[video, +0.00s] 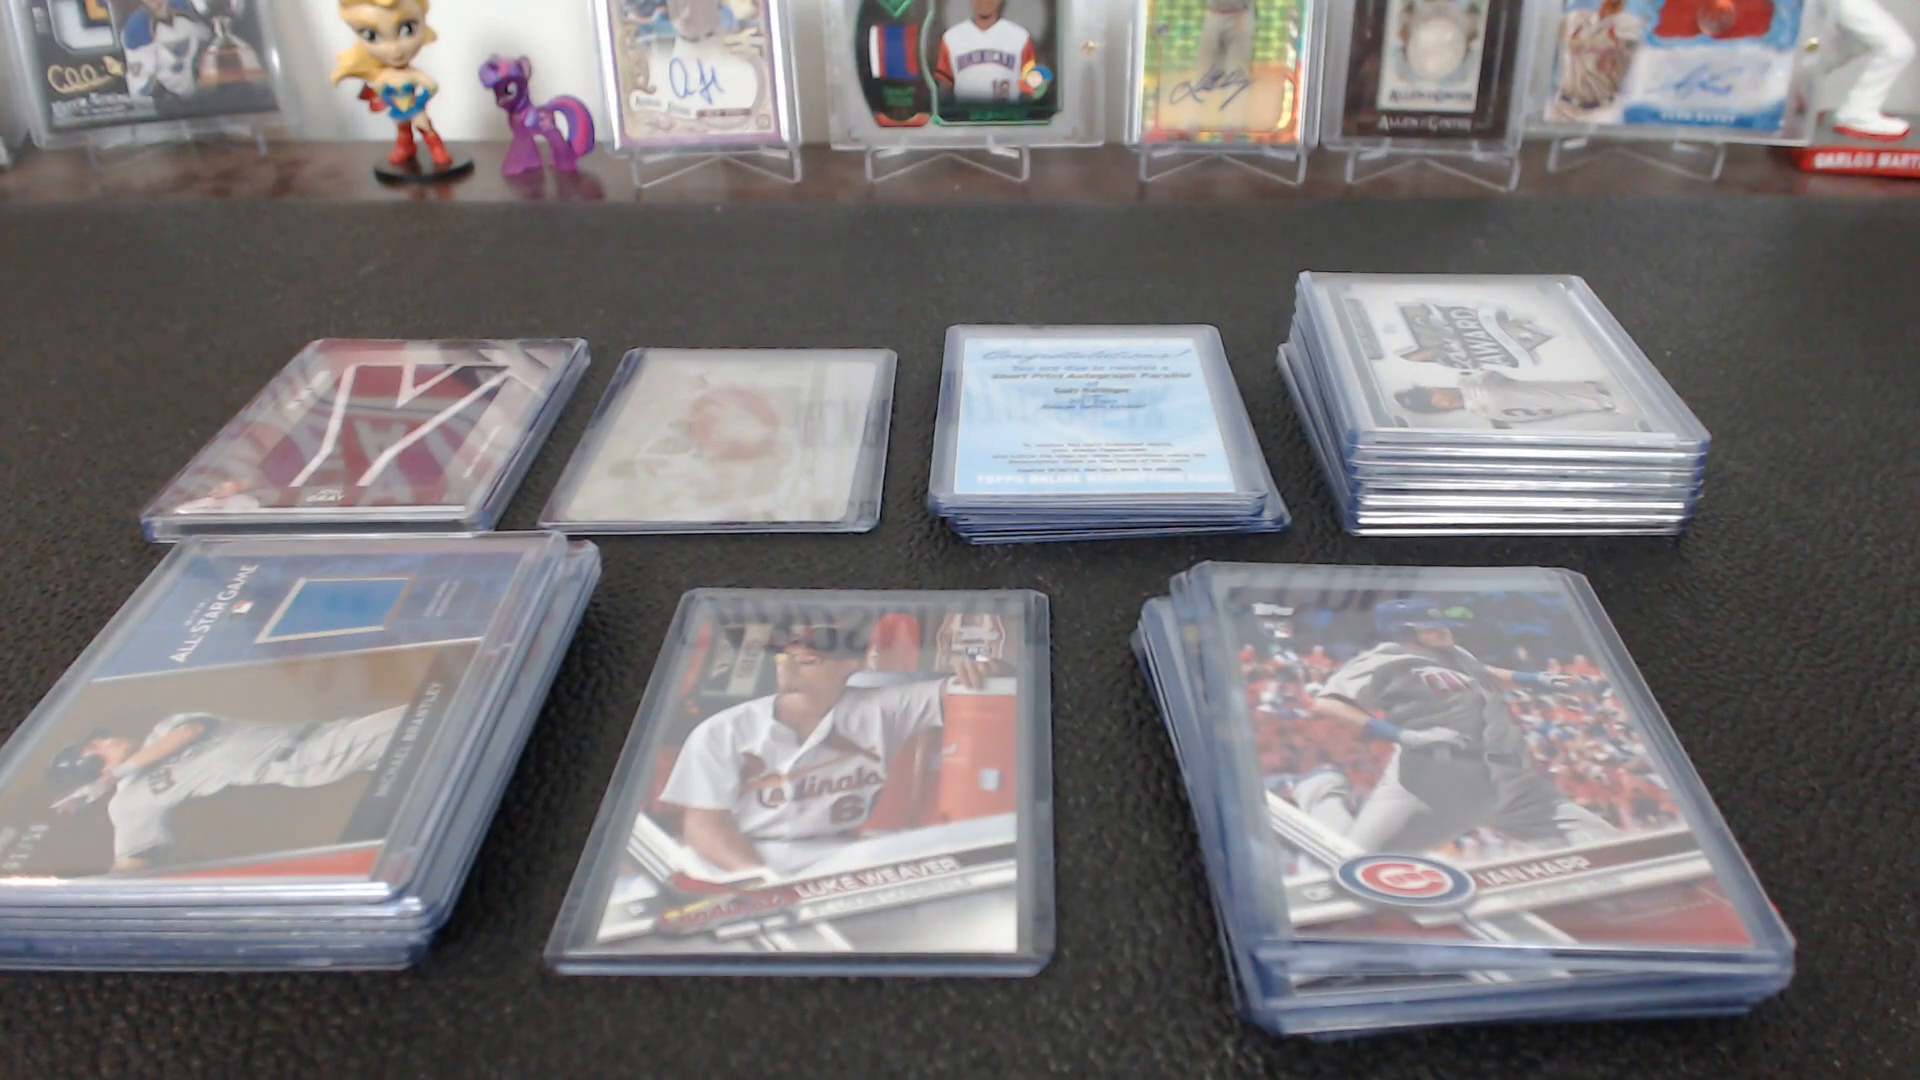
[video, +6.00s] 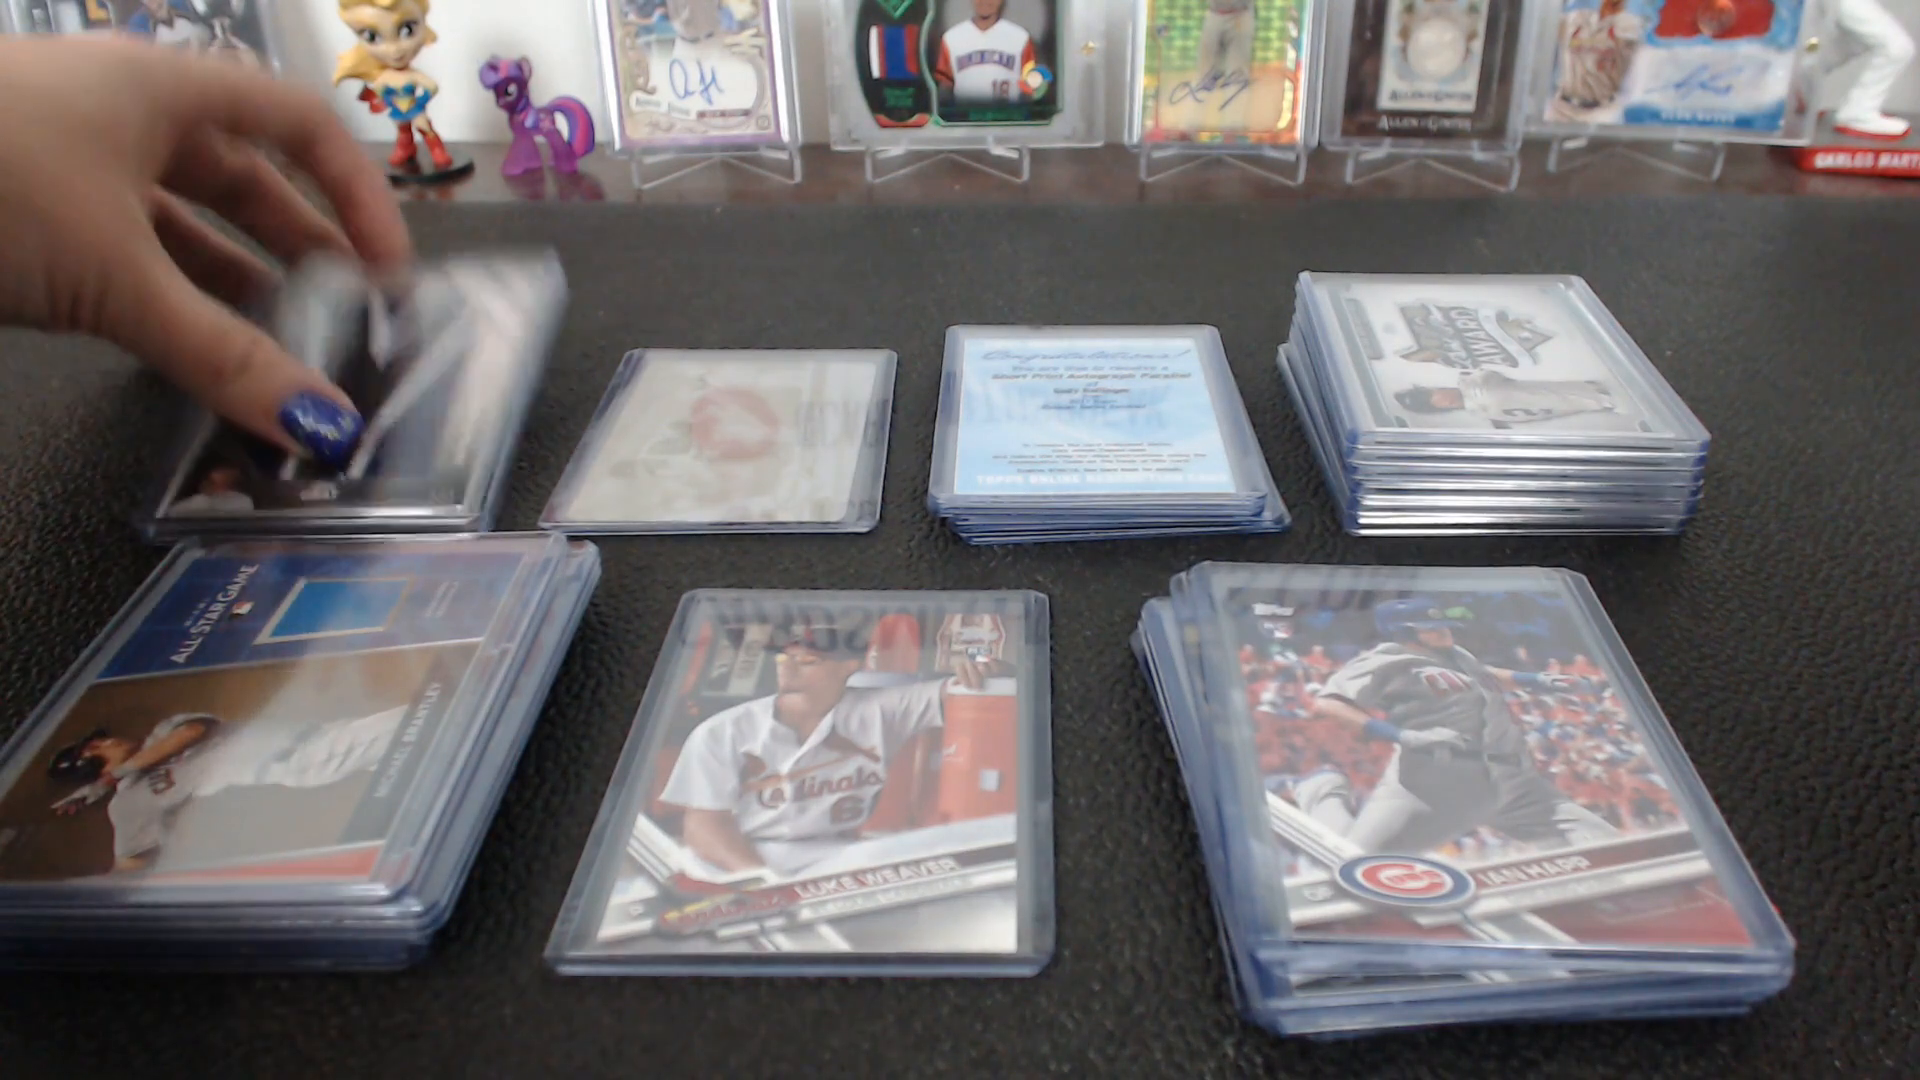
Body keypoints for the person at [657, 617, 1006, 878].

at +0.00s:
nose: (794, 656)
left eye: (816, 647)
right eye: (787, 644)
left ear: (854, 662)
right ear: (776, 654)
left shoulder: (876, 714)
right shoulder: (720, 735)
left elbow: (959, 691)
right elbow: (703, 829)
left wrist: (973, 671)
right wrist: (768, 884)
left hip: (829, 871)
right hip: (729, 875)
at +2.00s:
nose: (799, 656)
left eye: (820, 646)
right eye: (789, 644)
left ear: (854, 661)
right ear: (776, 656)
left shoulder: (877, 713)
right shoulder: (719, 735)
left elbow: (959, 690)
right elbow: (703, 829)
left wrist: (972, 674)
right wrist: (767, 883)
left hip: (829, 868)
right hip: (730, 872)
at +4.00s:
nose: (792, 661)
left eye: (814, 651)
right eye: (785, 648)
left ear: (852, 665)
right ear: (775, 658)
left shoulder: (874, 714)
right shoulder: (720, 736)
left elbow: (955, 691)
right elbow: (703, 829)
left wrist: (973, 674)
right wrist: (768, 884)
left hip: (827, 868)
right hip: (728, 873)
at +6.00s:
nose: (793, 658)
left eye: (814, 650)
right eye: (787, 646)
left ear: (853, 663)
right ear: (776, 655)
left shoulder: (875, 714)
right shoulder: (720, 735)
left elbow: (954, 692)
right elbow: (703, 831)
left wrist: (975, 675)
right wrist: (768, 886)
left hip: (830, 870)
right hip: (732, 875)